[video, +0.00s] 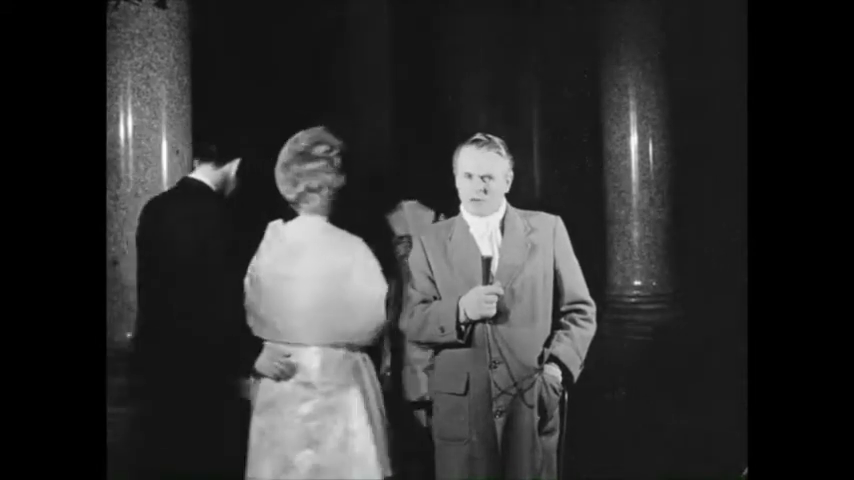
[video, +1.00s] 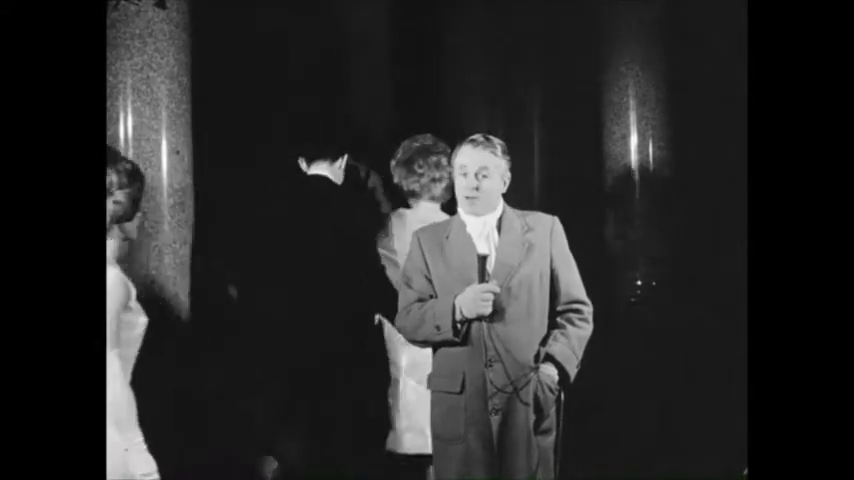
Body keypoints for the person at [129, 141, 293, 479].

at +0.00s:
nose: (239, 179)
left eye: (241, 169)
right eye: (241, 169)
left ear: (197, 158)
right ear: (233, 167)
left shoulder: (156, 209)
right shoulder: (217, 216)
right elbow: (215, 305)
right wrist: (254, 354)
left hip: (160, 356)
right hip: (204, 364)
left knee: (166, 453)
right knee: (209, 456)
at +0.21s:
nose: (273, 169)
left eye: (271, 162)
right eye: (274, 163)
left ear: (229, 157)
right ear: (268, 162)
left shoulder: (190, 206)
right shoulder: (269, 210)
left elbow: (185, 282)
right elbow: (273, 288)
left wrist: (189, 334)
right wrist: (293, 344)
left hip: (204, 335)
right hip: (257, 337)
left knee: (209, 429)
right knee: (258, 434)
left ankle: (207, 470)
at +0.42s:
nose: (300, 166)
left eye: (300, 160)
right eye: (302, 159)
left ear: (255, 154)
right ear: (297, 159)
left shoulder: (223, 199)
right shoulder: (295, 211)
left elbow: (212, 282)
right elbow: (306, 287)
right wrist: (335, 339)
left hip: (234, 335)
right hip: (285, 342)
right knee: (283, 445)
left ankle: (249, 468)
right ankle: (278, 470)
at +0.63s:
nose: (320, 175)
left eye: (320, 167)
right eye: (320, 166)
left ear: (275, 164)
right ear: (316, 166)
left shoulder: (248, 205)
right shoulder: (317, 213)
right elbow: (339, 281)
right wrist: (375, 335)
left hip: (264, 341)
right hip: (314, 345)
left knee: (275, 446)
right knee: (314, 451)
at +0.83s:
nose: (336, 175)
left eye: (335, 168)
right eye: (335, 167)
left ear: (290, 165)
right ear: (331, 166)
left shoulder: (262, 205)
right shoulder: (337, 212)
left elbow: (251, 279)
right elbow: (355, 282)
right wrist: (393, 328)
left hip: (275, 335)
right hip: (333, 339)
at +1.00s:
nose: (345, 171)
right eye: (345, 164)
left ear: (300, 162)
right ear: (342, 162)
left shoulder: (276, 202)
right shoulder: (350, 204)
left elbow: (259, 270)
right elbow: (366, 272)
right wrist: (403, 314)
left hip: (290, 321)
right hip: (347, 326)